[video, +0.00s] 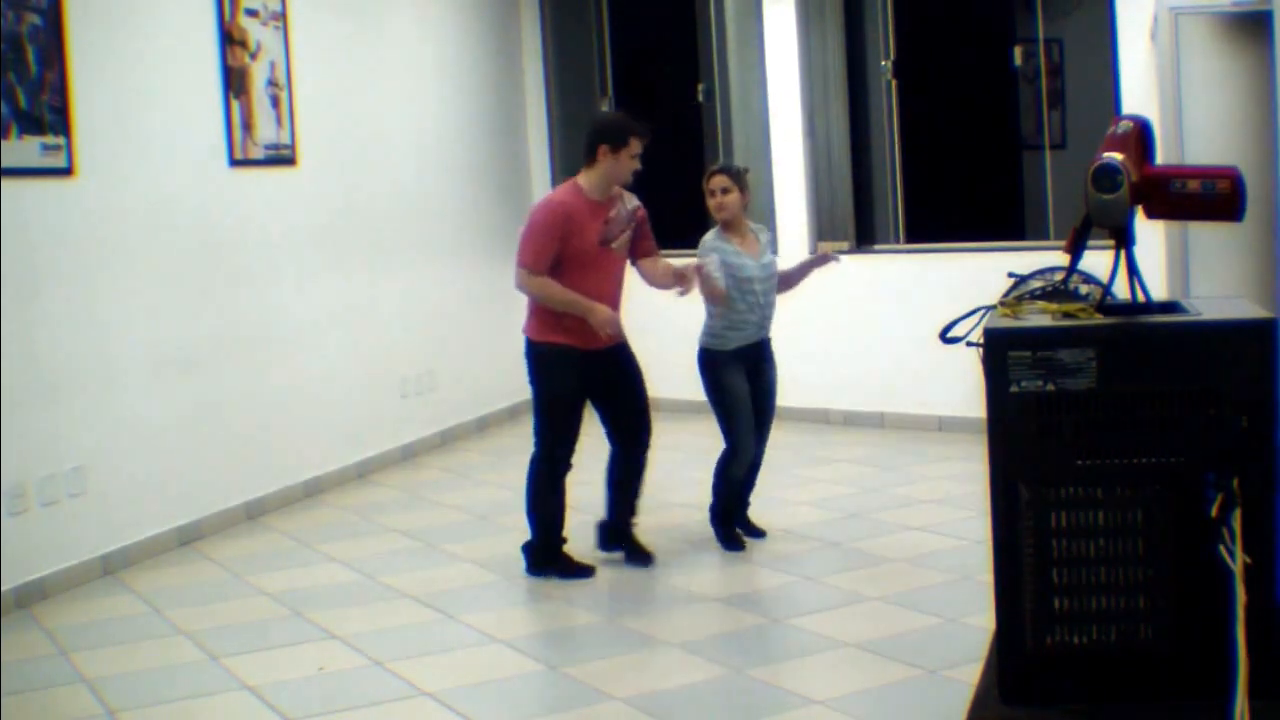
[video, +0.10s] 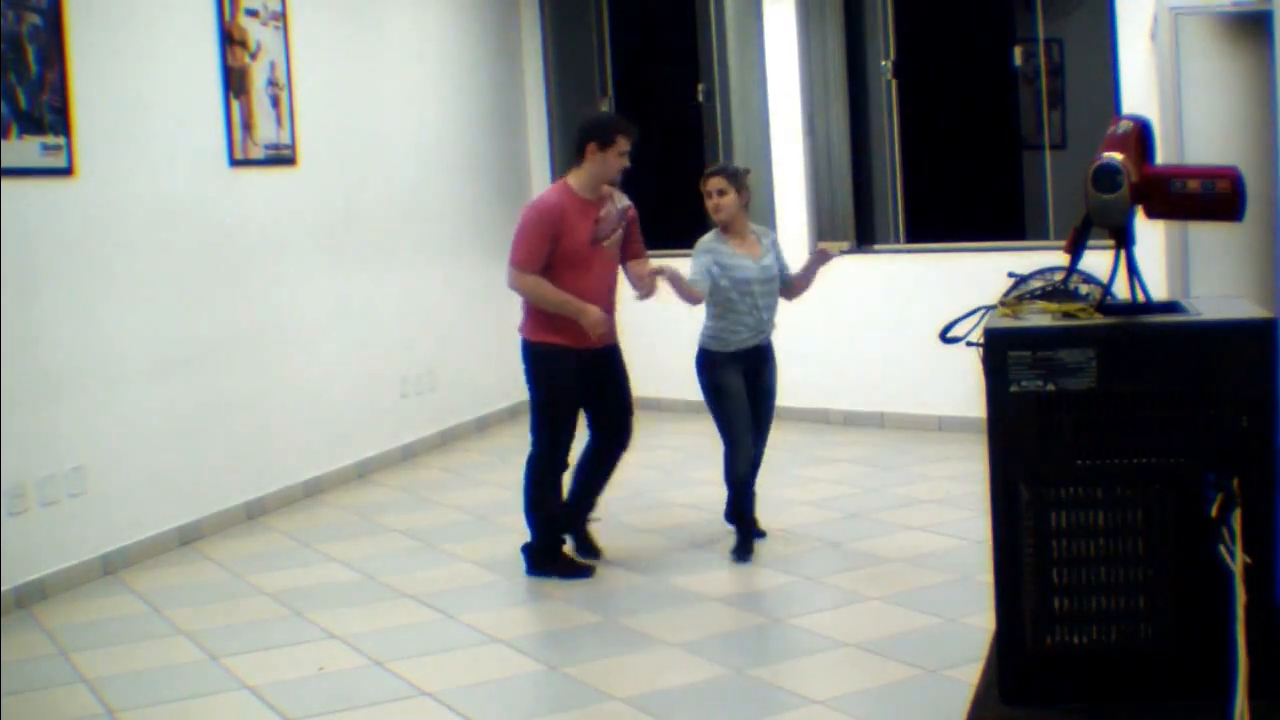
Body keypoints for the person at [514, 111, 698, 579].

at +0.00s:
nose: (637, 165)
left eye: (639, 157)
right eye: (632, 156)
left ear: (612, 156)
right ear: (604, 153)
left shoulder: (629, 208)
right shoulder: (554, 209)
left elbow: (650, 265)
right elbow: (526, 278)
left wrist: (675, 275)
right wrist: (588, 308)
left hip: (608, 345)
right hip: (556, 348)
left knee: (633, 434)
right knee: (554, 452)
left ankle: (618, 529)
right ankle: (544, 551)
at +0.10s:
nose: (626, 163)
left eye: (628, 155)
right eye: (622, 154)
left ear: (606, 154)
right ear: (593, 151)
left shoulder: (620, 207)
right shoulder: (547, 209)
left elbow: (636, 259)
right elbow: (520, 277)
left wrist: (644, 278)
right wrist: (580, 309)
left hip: (600, 344)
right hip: (551, 348)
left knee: (614, 433)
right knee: (551, 449)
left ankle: (574, 515)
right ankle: (542, 549)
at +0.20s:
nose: (620, 162)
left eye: (621, 154)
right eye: (614, 154)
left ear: (601, 156)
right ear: (585, 153)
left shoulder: (616, 209)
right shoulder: (546, 208)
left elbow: (632, 264)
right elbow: (520, 278)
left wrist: (626, 279)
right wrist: (576, 313)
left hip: (595, 346)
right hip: (552, 346)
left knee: (583, 445)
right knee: (558, 446)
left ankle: (550, 532)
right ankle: (542, 547)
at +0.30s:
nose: (617, 165)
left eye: (618, 157)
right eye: (609, 157)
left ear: (607, 160)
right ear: (580, 158)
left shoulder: (611, 213)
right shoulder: (547, 213)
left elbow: (629, 273)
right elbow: (525, 281)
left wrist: (617, 281)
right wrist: (578, 317)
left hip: (590, 345)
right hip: (552, 346)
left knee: (569, 436)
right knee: (588, 436)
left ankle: (544, 527)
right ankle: (550, 538)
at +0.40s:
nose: (618, 167)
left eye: (618, 159)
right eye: (609, 160)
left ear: (608, 164)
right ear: (581, 164)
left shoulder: (609, 215)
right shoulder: (553, 217)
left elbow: (630, 278)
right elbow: (533, 285)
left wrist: (622, 275)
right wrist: (586, 322)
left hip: (584, 345)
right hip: (553, 347)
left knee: (564, 433)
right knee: (612, 429)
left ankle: (536, 525)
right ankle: (583, 529)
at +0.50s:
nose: (622, 166)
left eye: (621, 158)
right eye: (613, 160)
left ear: (610, 163)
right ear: (586, 166)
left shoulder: (613, 211)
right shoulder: (563, 215)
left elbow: (632, 272)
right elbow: (541, 281)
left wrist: (654, 269)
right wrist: (596, 320)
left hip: (586, 342)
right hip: (559, 345)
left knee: (568, 434)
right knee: (619, 425)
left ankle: (537, 523)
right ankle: (628, 527)